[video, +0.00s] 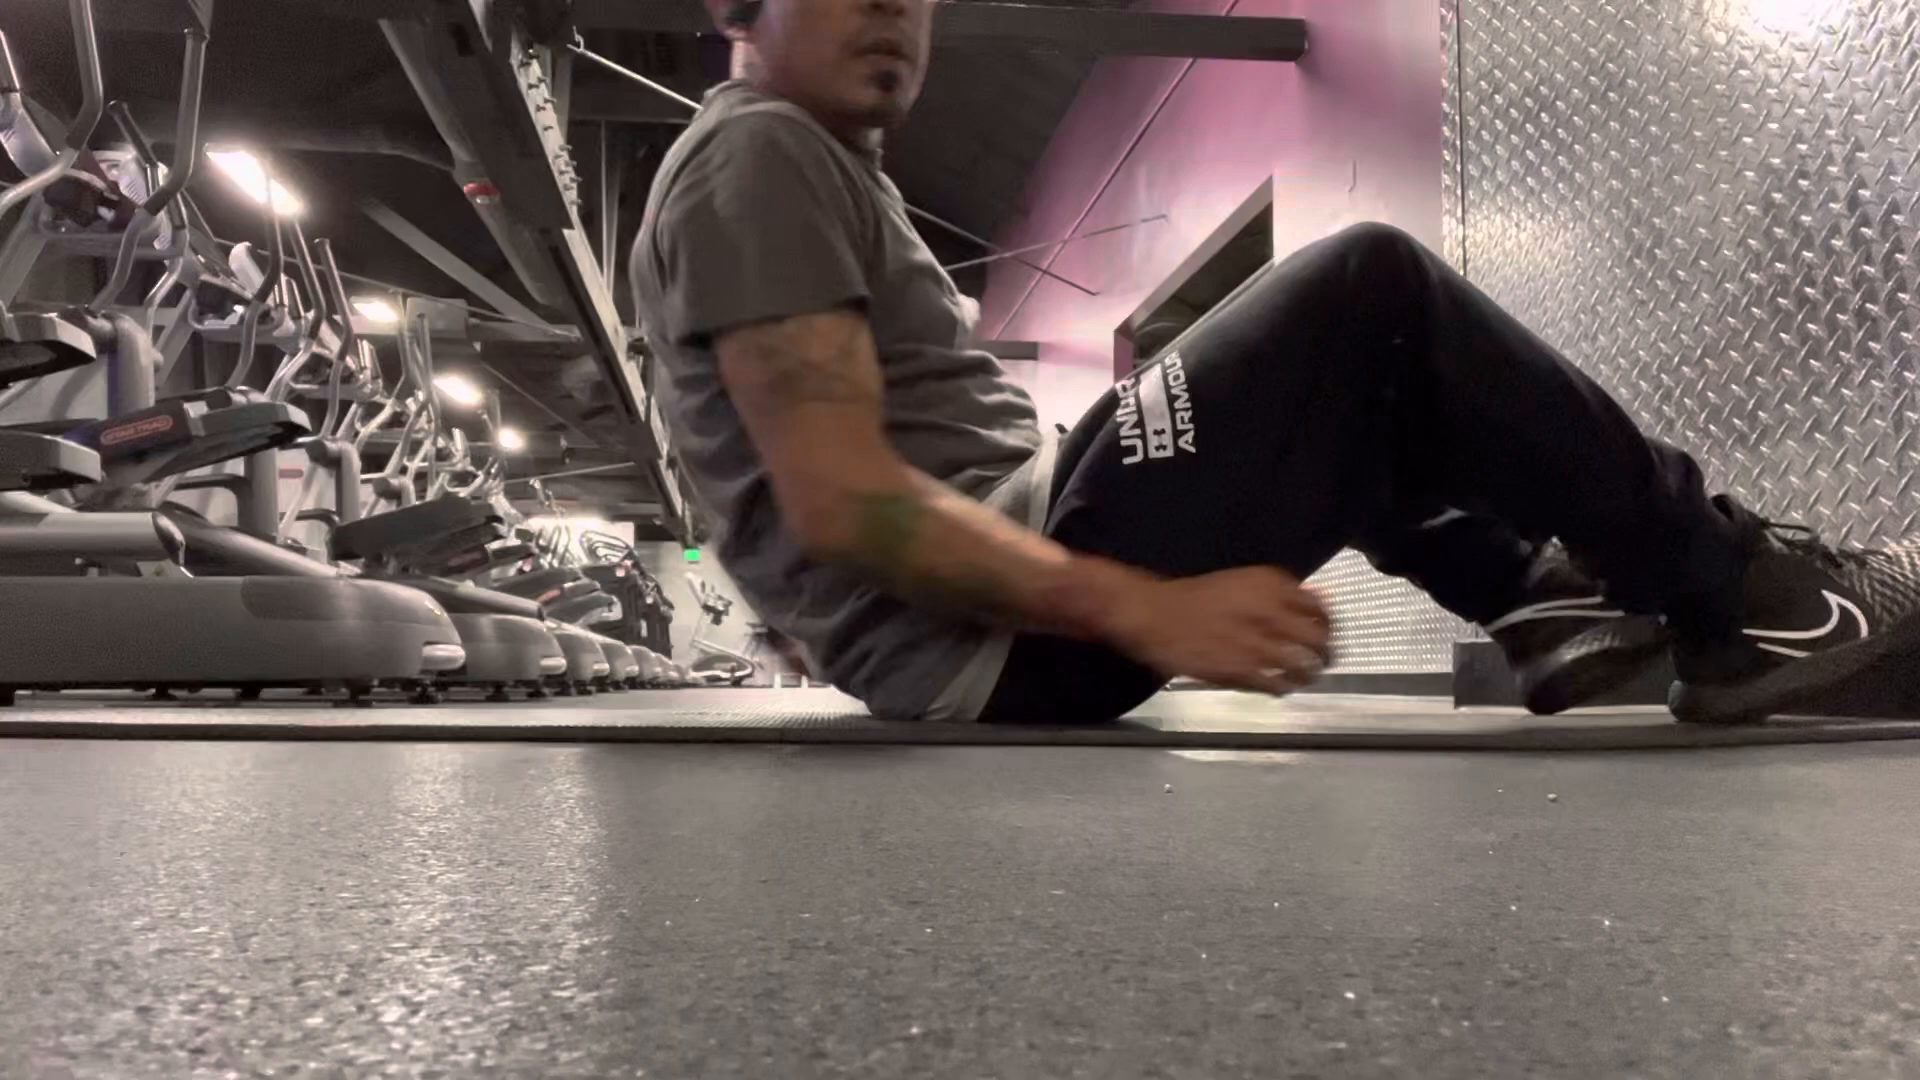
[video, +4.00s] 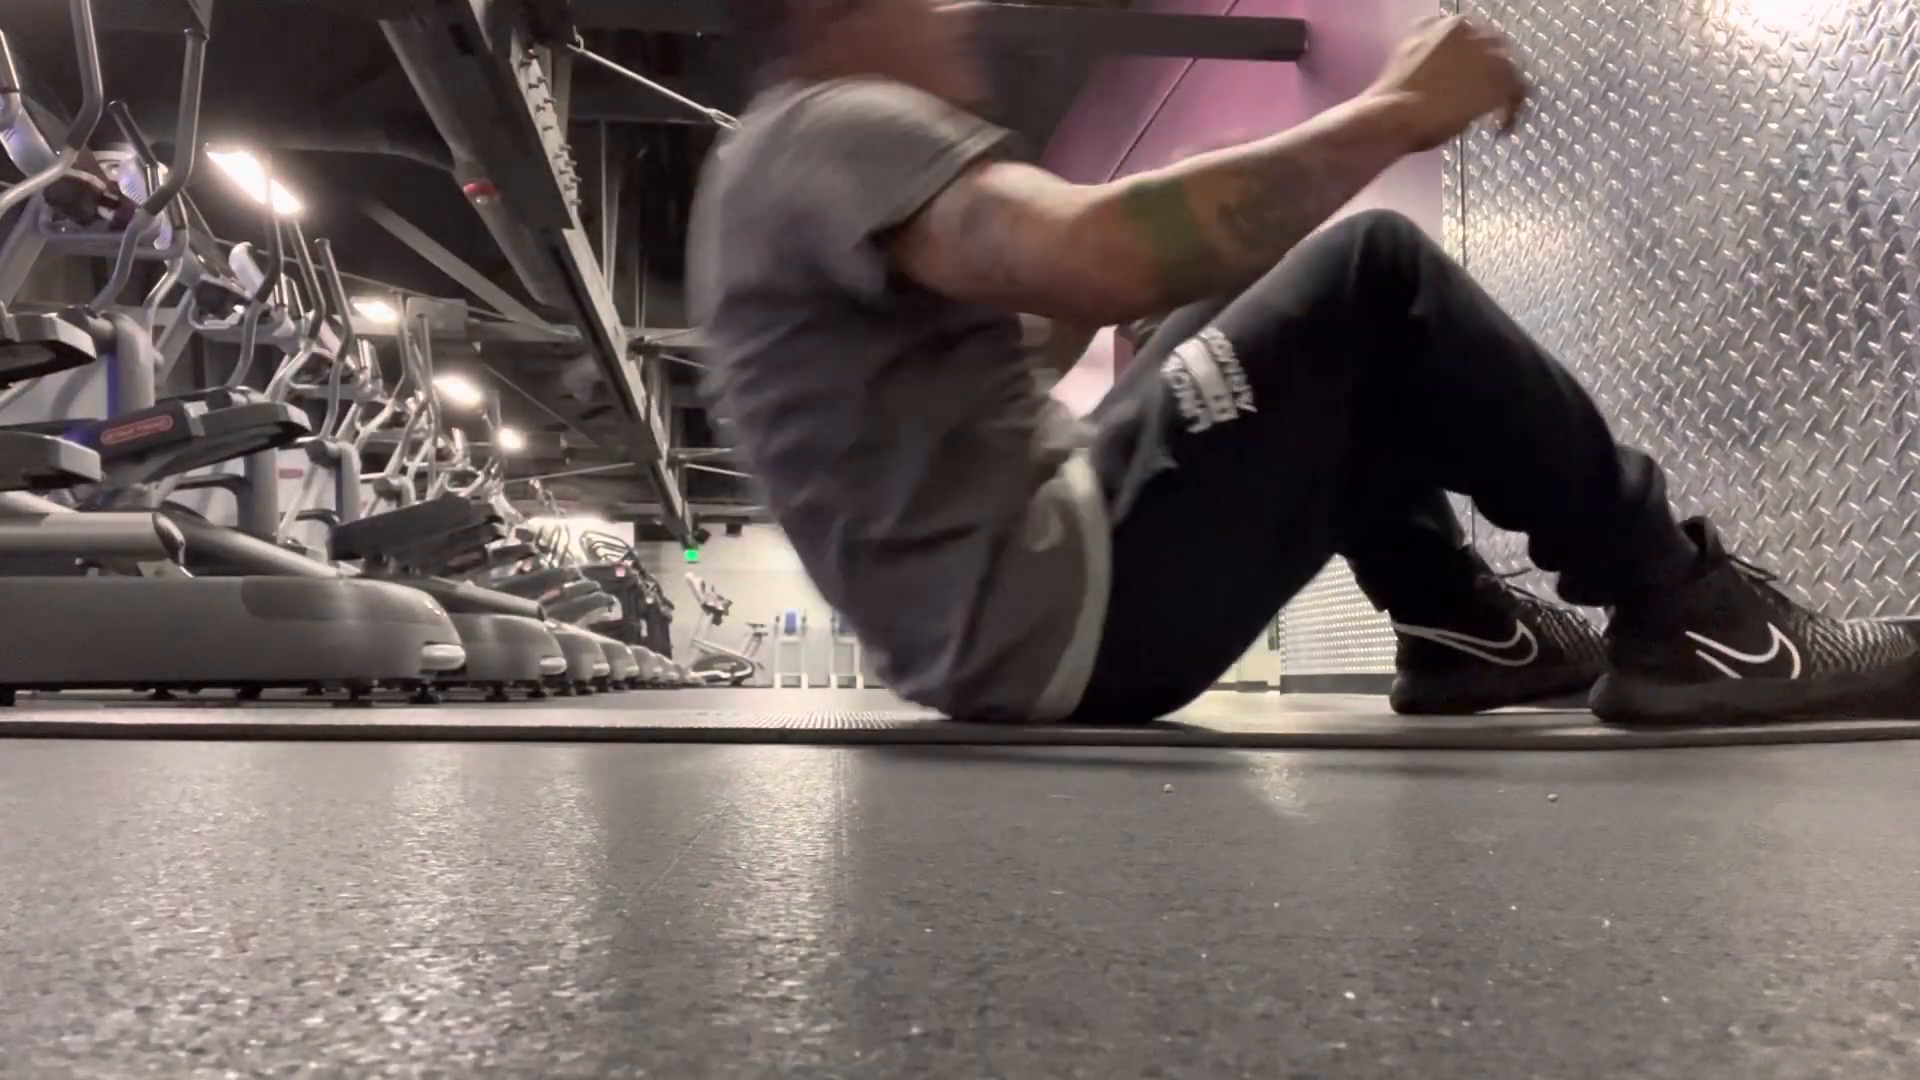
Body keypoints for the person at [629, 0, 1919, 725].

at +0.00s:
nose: (897, 27)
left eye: (909, 2)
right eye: (855, 0)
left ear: (925, 13)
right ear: (750, 18)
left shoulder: (816, 167)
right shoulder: (754, 160)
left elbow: (897, 482)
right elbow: (842, 505)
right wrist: (1149, 613)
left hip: (1009, 610)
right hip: (1001, 643)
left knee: (1304, 339)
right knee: (1364, 286)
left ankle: (1530, 611)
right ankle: (1731, 596)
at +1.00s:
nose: (225, 352)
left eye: (205, 342)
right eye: (177, 369)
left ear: (234, 407)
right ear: (165, 487)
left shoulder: (366, 496)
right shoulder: (268, 566)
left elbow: (607, 436)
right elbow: (464, 414)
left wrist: (404, 288)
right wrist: (283, 203)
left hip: (900, 532)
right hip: (900, 589)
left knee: (1184, 326)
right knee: (1265, 268)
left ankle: (1423, 612)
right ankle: (1654, 583)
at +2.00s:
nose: (189, 394)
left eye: (154, 399)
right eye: (141, 441)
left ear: (211, 412)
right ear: (149, 537)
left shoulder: (347, 486)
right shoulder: (264, 574)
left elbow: (549, 456)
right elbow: (479, 555)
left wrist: (362, 392)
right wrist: (567, 198)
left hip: (905, 531)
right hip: (909, 593)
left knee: (1222, 358)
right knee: (1275, 271)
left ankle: (1444, 614)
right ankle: (1687, 598)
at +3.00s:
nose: (194, 365)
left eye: (166, 362)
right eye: (152, 389)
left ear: (202, 408)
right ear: (149, 478)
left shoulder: (345, 516)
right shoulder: (301, 492)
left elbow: (629, 413)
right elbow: (558, 306)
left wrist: (782, 237)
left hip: (853, 536)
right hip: (893, 567)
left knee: (1196, 346)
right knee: (1264, 274)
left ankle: (1442, 617)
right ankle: (1657, 591)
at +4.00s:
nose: (972, 24)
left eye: (960, 9)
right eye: (941, 3)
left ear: (833, 23)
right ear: (851, 12)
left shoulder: (822, 145)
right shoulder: (827, 136)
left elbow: (1094, 273)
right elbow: (1117, 254)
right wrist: (1402, 110)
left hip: (1043, 591)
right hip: (1062, 619)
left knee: (1302, 307)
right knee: (1371, 270)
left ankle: (1458, 624)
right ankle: (1682, 613)